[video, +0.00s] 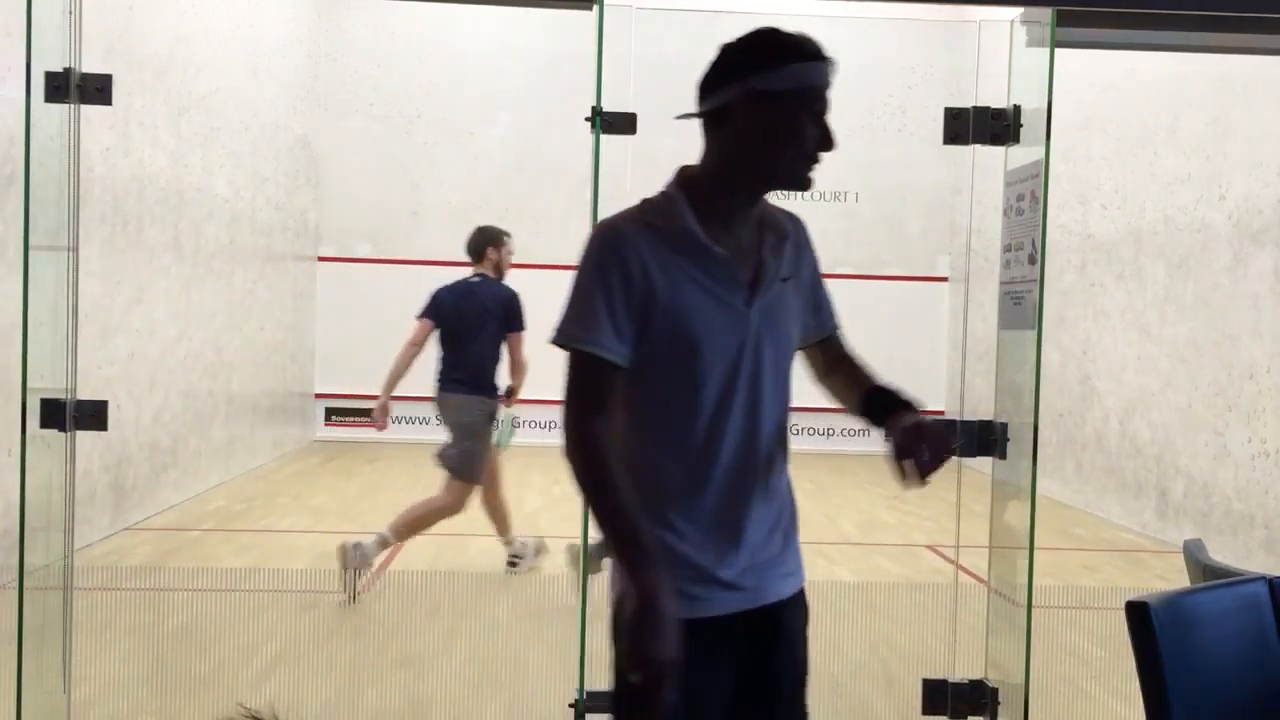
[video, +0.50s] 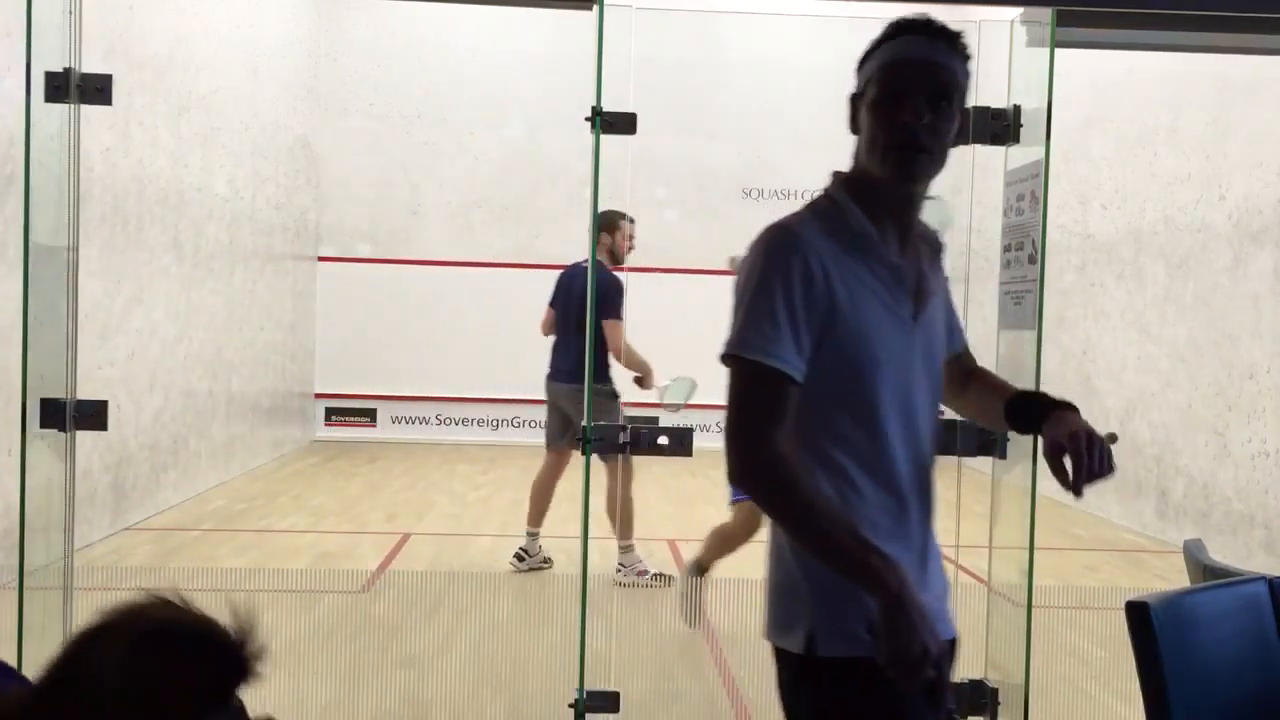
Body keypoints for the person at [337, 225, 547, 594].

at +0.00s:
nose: (511, 259)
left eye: (510, 252)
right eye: (508, 252)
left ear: (479, 256)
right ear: (491, 254)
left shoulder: (446, 294)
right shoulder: (505, 297)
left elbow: (413, 345)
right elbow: (517, 360)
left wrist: (384, 396)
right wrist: (514, 389)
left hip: (449, 399)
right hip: (477, 404)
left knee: (490, 473)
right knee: (453, 501)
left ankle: (514, 548)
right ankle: (367, 550)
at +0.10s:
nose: (540, 259)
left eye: (539, 253)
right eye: (536, 253)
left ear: (510, 256)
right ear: (515, 254)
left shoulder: (477, 295)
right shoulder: (530, 299)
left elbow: (451, 350)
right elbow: (541, 360)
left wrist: (425, 399)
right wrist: (548, 389)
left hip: (476, 398)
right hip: (504, 403)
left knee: (521, 461)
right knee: (506, 500)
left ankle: (523, 548)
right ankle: (420, 541)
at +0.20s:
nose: (567, 248)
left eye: (568, 241)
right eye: (562, 241)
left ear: (536, 244)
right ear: (540, 242)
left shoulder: (505, 280)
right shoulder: (551, 287)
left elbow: (481, 337)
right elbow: (561, 349)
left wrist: (479, 388)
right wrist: (575, 377)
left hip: (498, 385)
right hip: (526, 390)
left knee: (526, 463)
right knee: (554, 481)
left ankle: (524, 549)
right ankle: (476, 536)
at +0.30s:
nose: (589, 241)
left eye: (590, 234)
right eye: (584, 233)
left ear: (561, 237)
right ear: (562, 234)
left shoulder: (530, 270)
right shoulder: (569, 279)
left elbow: (505, 325)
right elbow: (578, 343)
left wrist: (537, 342)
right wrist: (598, 363)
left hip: (516, 377)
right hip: (545, 382)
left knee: (531, 456)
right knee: (586, 463)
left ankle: (524, 545)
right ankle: (544, 542)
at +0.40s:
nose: (611, 243)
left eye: (613, 236)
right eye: (606, 234)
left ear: (582, 237)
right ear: (582, 234)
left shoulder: (552, 269)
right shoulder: (587, 278)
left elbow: (530, 321)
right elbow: (593, 336)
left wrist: (566, 337)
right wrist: (623, 364)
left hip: (538, 378)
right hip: (566, 382)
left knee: (542, 458)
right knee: (602, 457)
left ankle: (527, 547)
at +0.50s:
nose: (631, 244)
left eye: (632, 238)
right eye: (627, 237)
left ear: (602, 240)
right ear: (606, 237)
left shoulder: (570, 273)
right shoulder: (609, 282)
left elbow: (547, 327)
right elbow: (618, 347)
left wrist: (585, 330)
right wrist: (645, 370)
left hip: (558, 384)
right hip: (592, 388)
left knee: (554, 461)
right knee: (620, 466)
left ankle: (529, 547)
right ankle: (629, 561)